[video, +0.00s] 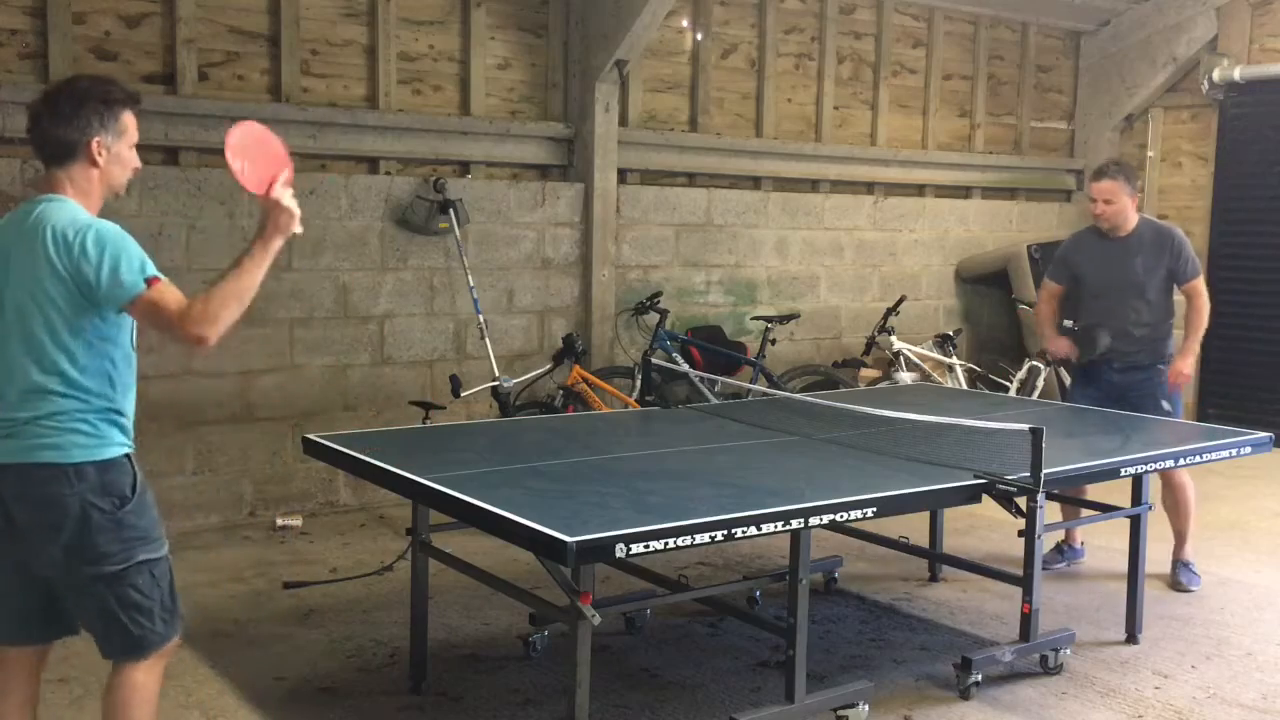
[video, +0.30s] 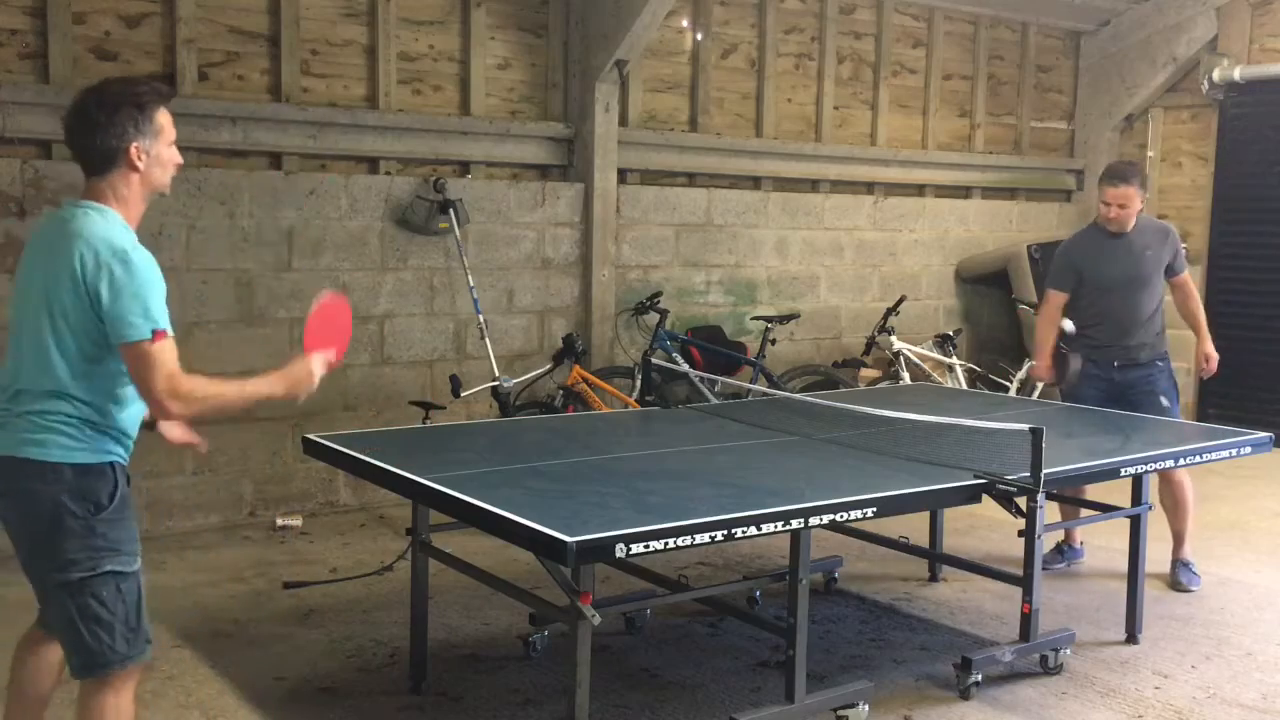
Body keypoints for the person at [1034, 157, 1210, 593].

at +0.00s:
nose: (1097, 210)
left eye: (1106, 202)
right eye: (1093, 201)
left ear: (1133, 199)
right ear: (1088, 201)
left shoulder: (1167, 241)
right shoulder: (1074, 248)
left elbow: (1197, 297)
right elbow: (1047, 297)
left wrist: (1188, 354)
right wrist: (1050, 335)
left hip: (1151, 377)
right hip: (1090, 378)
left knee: (1170, 467)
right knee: (1069, 461)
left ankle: (1183, 556)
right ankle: (1070, 542)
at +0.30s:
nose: (1112, 213)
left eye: (1122, 206)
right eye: (1106, 203)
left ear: (1141, 203)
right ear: (1097, 198)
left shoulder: (1162, 237)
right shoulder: (1073, 250)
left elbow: (1183, 289)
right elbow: (1051, 306)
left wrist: (1204, 338)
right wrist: (1042, 357)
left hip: (1149, 371)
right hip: (1090, 371)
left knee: (1170, 463)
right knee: (1070, 458)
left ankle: (1182, 555)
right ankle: (1069, 542)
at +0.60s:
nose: (1124, 196)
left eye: (1135, 188)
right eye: (1119, 188)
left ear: (1156, 192)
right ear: (1112, 190)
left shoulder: (1177, 239)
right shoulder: (1086, 242)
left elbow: (1189, 292)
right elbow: (1042, 288)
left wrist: (1200, 346)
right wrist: (1002, 326)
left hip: (1161, 370)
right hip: (1099, 369)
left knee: (1187, 460)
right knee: (1076, 455)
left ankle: (1207, 553)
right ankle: (1071, 543)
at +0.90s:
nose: (1151, 203)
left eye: (1161, 195)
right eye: (1146, 194)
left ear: (1184, 198)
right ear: (1140, 196)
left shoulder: (1212, 247)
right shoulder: (1120, 244)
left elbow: (1243, 302)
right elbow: (1092, 298)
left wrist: (1255, 358)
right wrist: (1064, 345)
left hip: (1176, 375)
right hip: (1117, 368)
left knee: (1192, 467)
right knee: (1082, 448)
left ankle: (1207, 555)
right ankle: (1065, 532)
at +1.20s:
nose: (1125, 204)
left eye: (1136, 197)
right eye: (1121, 196)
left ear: (1158, 204)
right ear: (1115, 201)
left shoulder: (1180, 253)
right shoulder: (1093, 250)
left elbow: (1213, 306)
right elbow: (1068, 303)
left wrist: (1235, 352)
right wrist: (1042, 343)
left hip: (1149, 380)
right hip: (1092, 377)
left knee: (1176, 468)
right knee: (1063, 453)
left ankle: (1206, 554)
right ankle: (1050, 523)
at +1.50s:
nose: (1064, 201)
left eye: (1073, 193)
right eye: (1058, 194)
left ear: (1095, 197)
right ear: (1054, 199)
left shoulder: (1124, 245)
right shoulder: (1042, 249)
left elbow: (1152, 304)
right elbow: (1024, 302)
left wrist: (1151, 361)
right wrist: (984, 332)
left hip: (1108, 369)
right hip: (1055, 366)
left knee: (1113, 461)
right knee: (1041, 448)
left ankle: (1129, 546)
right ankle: (1048, 522)